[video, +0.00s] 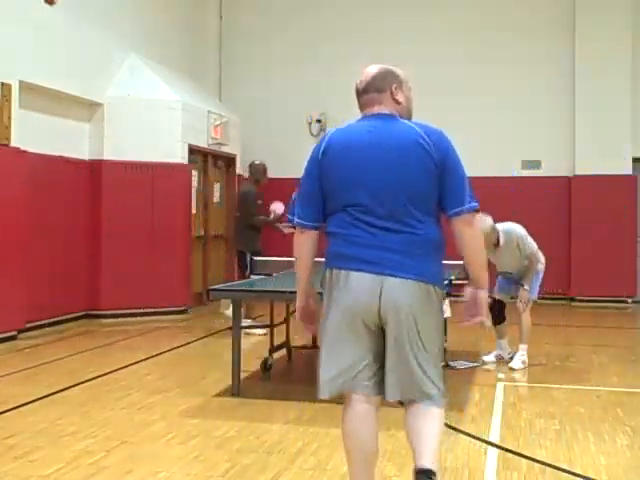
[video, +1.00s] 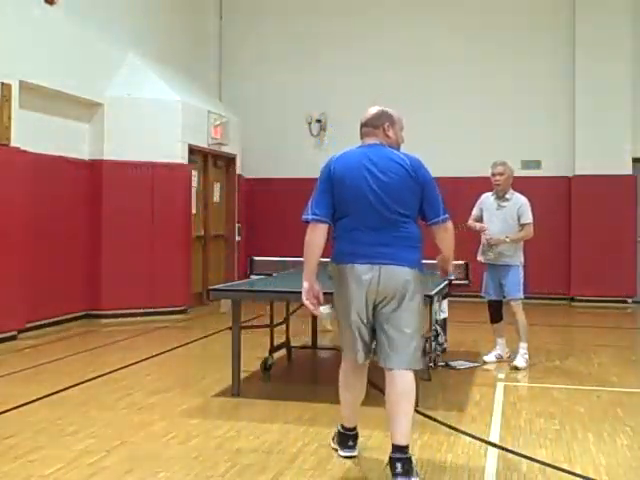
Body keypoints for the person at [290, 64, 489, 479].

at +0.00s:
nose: (412, 101)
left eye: (409, 93)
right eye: (409, 93)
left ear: (362, 101)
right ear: (398, 94)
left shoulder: (331, 144)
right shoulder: (432, 141)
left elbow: (305, 225)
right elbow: (464, 218)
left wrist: (304, 292)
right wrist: (479, 284)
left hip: (349, 285)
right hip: (414, 288)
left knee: (359, 394)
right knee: (424, 390)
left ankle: (360, 477)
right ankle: (426, 471)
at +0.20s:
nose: (409, 109)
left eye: (408, 102)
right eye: (408, 102)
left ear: (362, 105)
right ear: (396, 101)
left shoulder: (331, 145)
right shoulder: (424, 147)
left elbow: (304, 214)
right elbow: (447, 220)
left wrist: (310, 260)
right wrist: (455, 283)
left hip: (348, 275)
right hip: (408, 279)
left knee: (361, 386)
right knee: (410, 380)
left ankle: (361, 477)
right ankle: (408, 473)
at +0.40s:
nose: (413, 124)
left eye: (411, 116)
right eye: (411, 117)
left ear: (368, 118)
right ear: (400, 116)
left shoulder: (338, 156)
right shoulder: (425, 159)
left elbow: (312, 219)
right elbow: (451, 229)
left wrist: (318, 256)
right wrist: (471, 286)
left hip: (352, 278)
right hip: (409, 283)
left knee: (361, 387)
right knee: (406, 384)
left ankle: (362, 475)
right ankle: (404, 468)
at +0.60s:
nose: (417, 125)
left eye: (416, 119)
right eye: (416, 119)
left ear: (374, 118)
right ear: (404, 117)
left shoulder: (344, 154)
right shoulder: (429, 157)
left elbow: (321, 221)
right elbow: (458, 223)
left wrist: (320, 274)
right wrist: (485, 273)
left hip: (359, 273)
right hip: (416, 277)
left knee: (356, 363)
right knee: (410, 374)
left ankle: (356, 437)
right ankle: (403, 465)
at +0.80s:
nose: (413, 129)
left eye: (412, 123)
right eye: (412, 123)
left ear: (372, 122)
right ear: (400, 120)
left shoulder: (344, 156)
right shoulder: (424, 157)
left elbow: (326, 219)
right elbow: (456, 219)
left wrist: (318, 276)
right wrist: (473, 259)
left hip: (359, 269)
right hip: (411, 272)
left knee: (353, 355)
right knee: (404, 366)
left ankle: (350, 444)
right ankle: (402, 463)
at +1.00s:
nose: (402, 138)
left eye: (401, 131)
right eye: (400, 132)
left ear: (363, 131)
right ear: (389, 130)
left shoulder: (336, 165)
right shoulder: (411, 166)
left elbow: (318, 224)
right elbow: (441, 223)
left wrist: (309, 278)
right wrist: (447, 260)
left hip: (353, 273)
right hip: (402, 274)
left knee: (354, 357)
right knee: (400, 364)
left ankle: (347, 435)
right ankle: (401, 459)